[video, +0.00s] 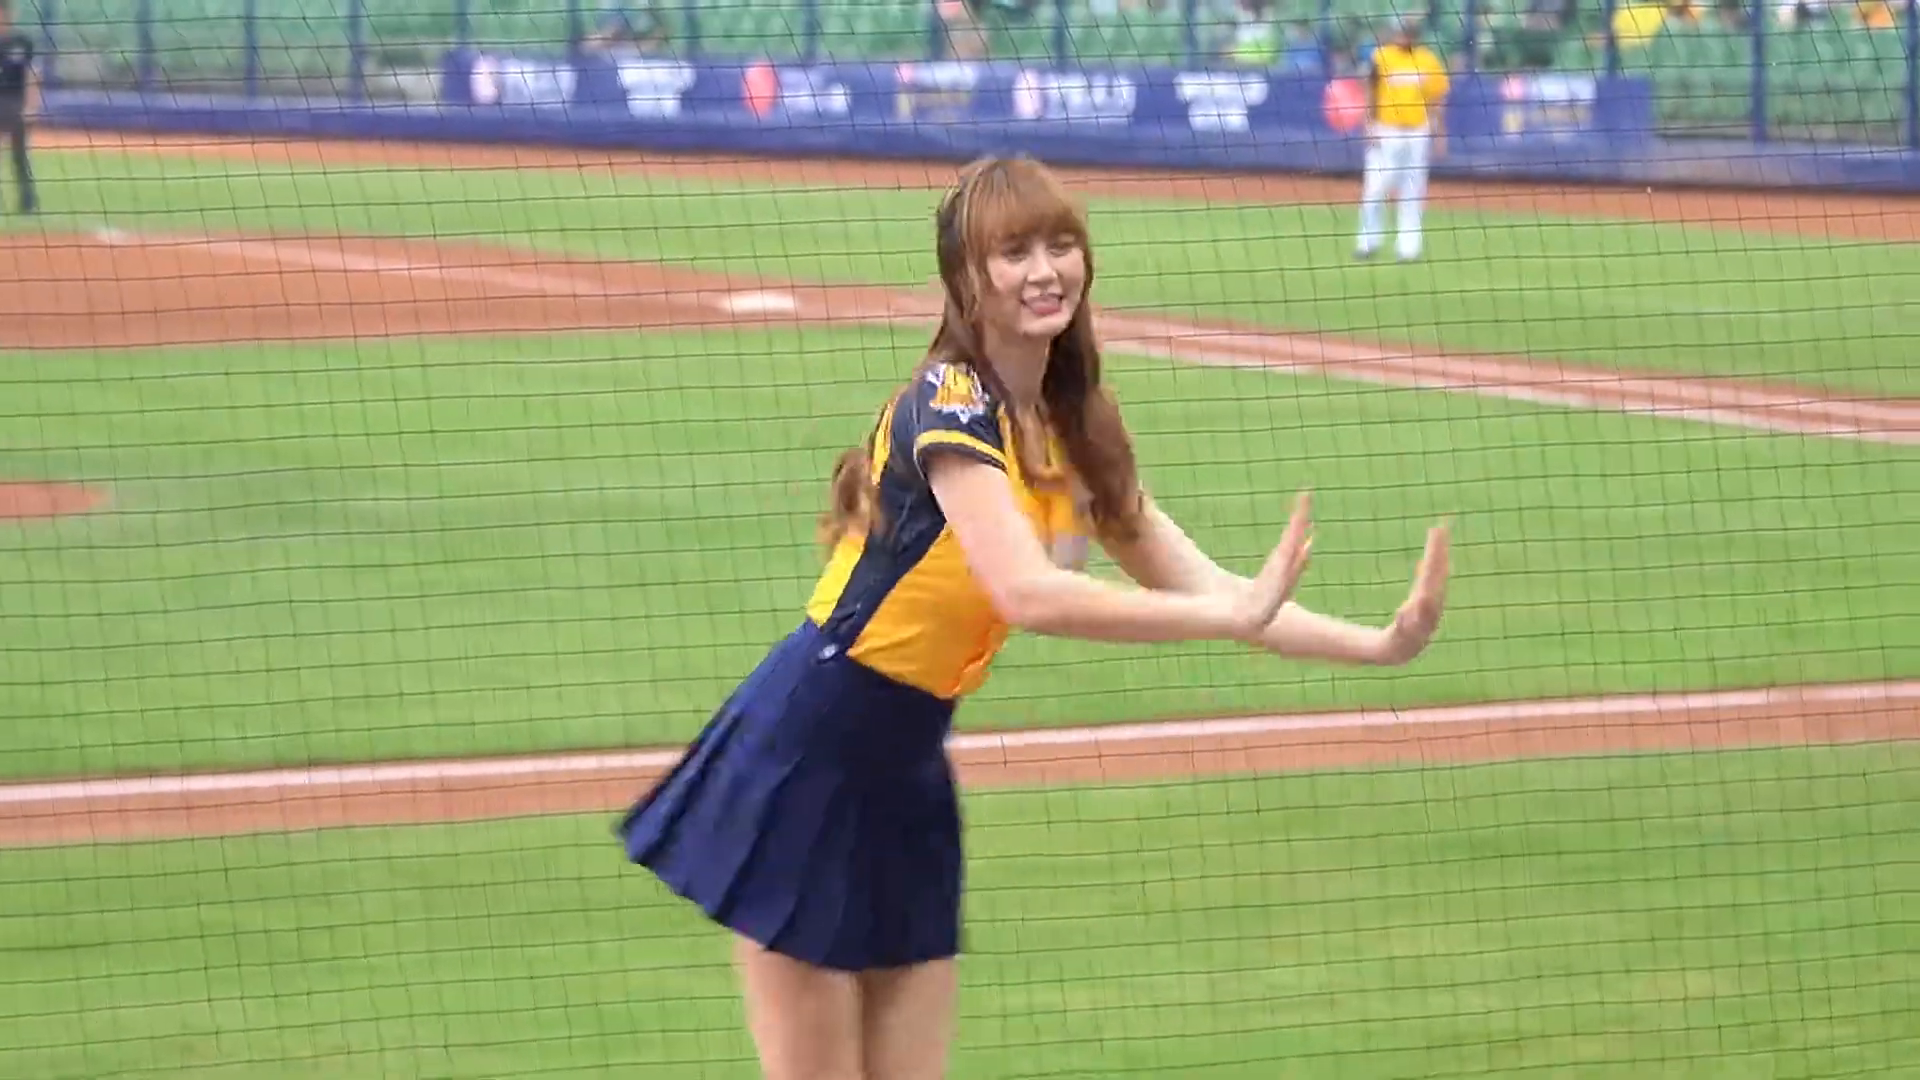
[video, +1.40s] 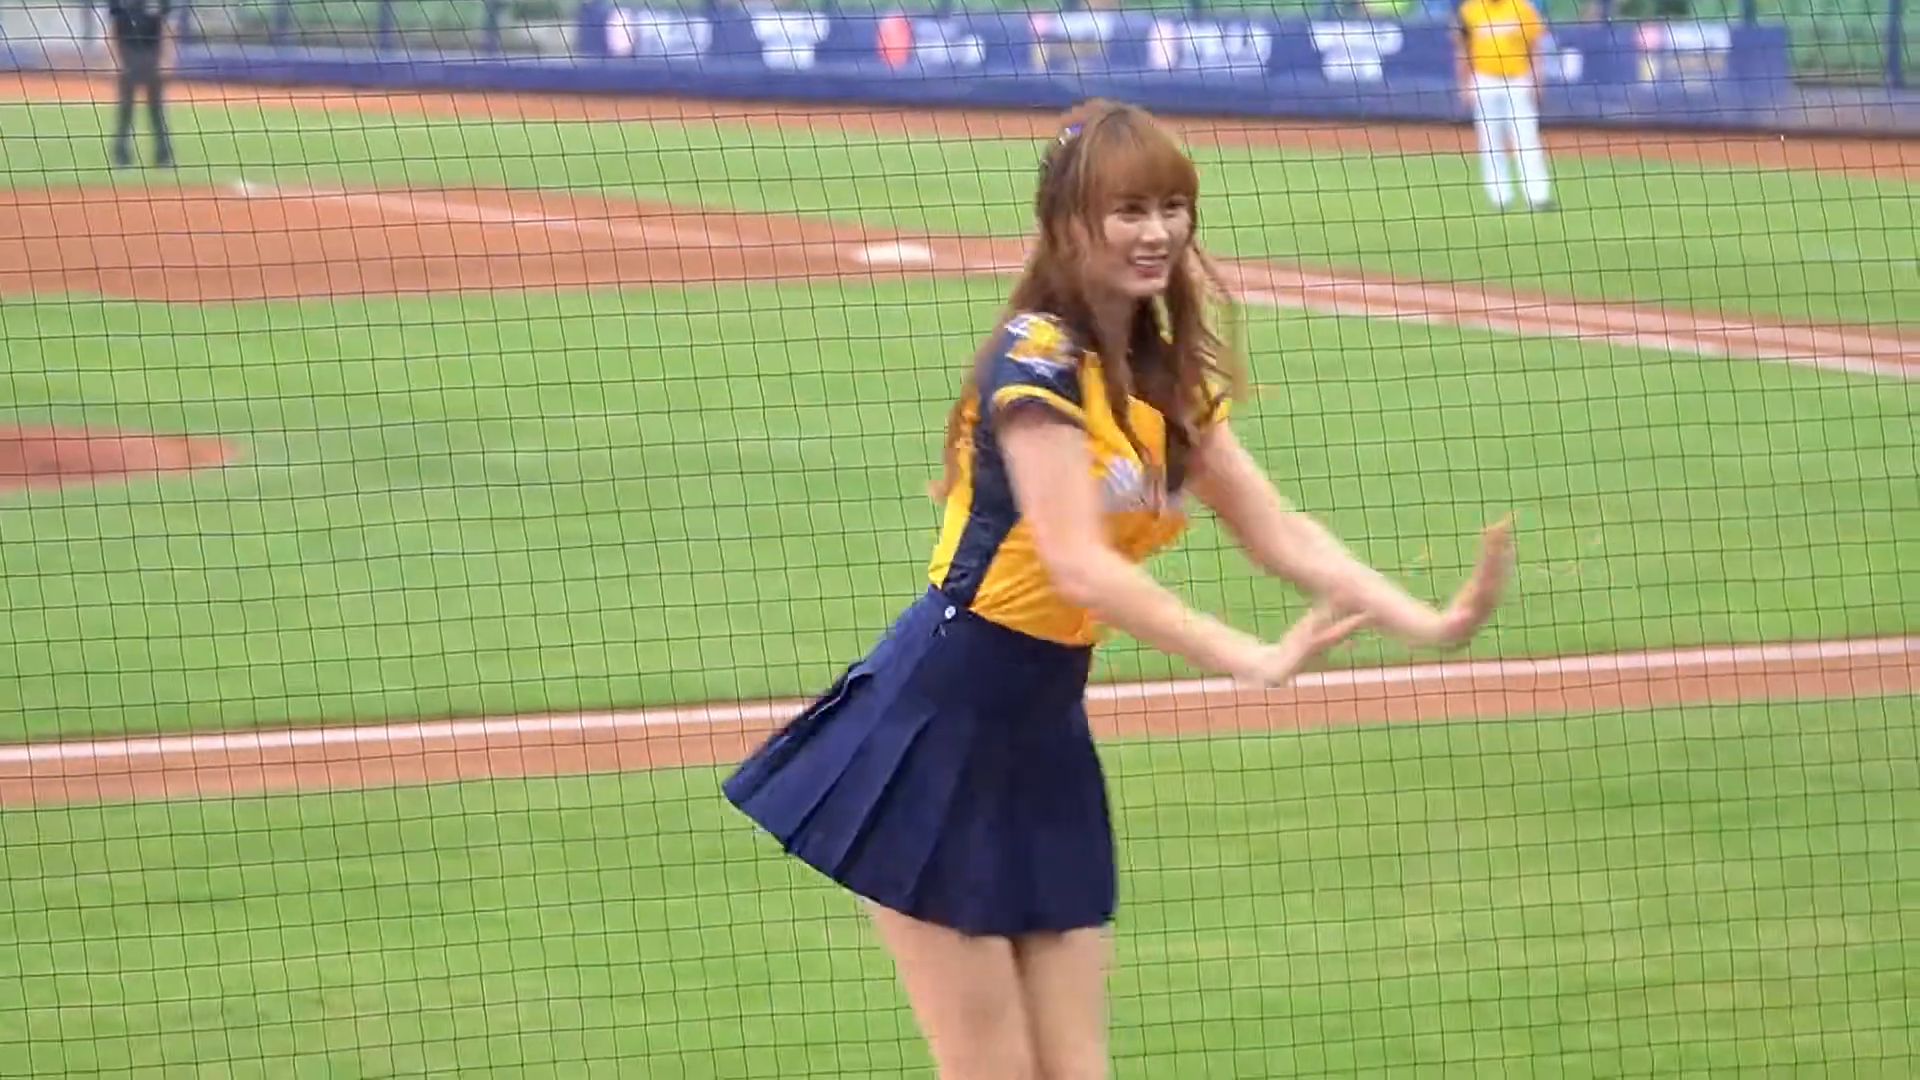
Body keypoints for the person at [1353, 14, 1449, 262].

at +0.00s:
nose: (1407, 38)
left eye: (1411, 33)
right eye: (1403, 32)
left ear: (1418, 35)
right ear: (1396, 33)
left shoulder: (1428, 60)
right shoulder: (1381, 57)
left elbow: (1436, 101)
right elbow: (1371, 91)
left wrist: (1439, 135)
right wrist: (1370, 123)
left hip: (1418, 132)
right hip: (1385, 131)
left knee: (1413, 189)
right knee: (1375, 187)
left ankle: (1409, 243)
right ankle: (1368, 238)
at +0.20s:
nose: (1441, 31)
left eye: (1446, 26)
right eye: (1437, 25)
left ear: (1452, 27)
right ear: (1429, 25)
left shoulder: (1464, 53)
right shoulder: (1415, 49)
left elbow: (1473, 95)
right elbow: (1404, 82)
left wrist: (1474, 129)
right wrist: (1404, 114)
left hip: (1452, 124)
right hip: (1419, 123)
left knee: (1447, 182)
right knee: (1408, 181)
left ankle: (1445, 235)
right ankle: (1403, 231)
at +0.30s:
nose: (1460, 26)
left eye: (1465, 21)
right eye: (1456, 21)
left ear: (1472, 22)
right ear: (1449, 20)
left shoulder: (1483, 50)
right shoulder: (1431, 45)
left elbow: (1494, 91)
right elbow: (1420, 78)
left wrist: (1493, 125)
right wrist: (1419, 110)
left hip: (1470, 121)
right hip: (1436, 119)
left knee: (1465, 179)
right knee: (1427, 177)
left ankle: (1465, 233)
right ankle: (1422, 230)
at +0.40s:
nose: (1472, 22)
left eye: (1476, 17)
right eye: (1468, 17)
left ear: (1482, 19)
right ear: (1459, 18)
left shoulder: (1494, 45)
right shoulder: (1444, 42)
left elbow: (1506, 85)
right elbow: (1435, 76)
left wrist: (1507, 119)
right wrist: (1434, 108)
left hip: (1485, 117)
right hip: (1451, 116)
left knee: (1483, 175)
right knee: (1445, 175)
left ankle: (1484, 230)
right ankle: (1443, 228)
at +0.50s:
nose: (1485, 18)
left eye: (1489, 13)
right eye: (1481, 13)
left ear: (1495, 14)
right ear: (1473, 14)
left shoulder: (1508, 41)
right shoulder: (1458, 39)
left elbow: (1518, 84)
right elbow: (1447, 74)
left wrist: (1518, 118)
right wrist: (1448, 106)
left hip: (1498, 113)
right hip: (1464, 112)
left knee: (1500, 170)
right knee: (1463, 171)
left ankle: (1504, 225)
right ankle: (1463, 224)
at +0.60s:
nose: (1500, 12)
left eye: (1504, 7)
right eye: (1495, 7)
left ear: (1510, 9)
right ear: (1489, 9)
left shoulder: (1526, 37)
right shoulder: (1475, 34)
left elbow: (1536, 79)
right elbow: (1465, 70)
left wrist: (1536, 112)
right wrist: (1466, 102)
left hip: (1516, 108)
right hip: (1482, 107)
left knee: (1519, 165)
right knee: (1482, 166)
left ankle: (1524, 220)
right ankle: (1483, 219)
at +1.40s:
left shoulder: (1520, 8)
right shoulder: (1468, 11)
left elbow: (1535, 44)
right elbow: (1461, 50)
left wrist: (1537, 79)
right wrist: (1465, 84)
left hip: (1519, 78)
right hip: (1484, 79)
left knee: (1526, 137)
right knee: (1491, 140)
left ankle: (1538, 192)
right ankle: (1499, 193)